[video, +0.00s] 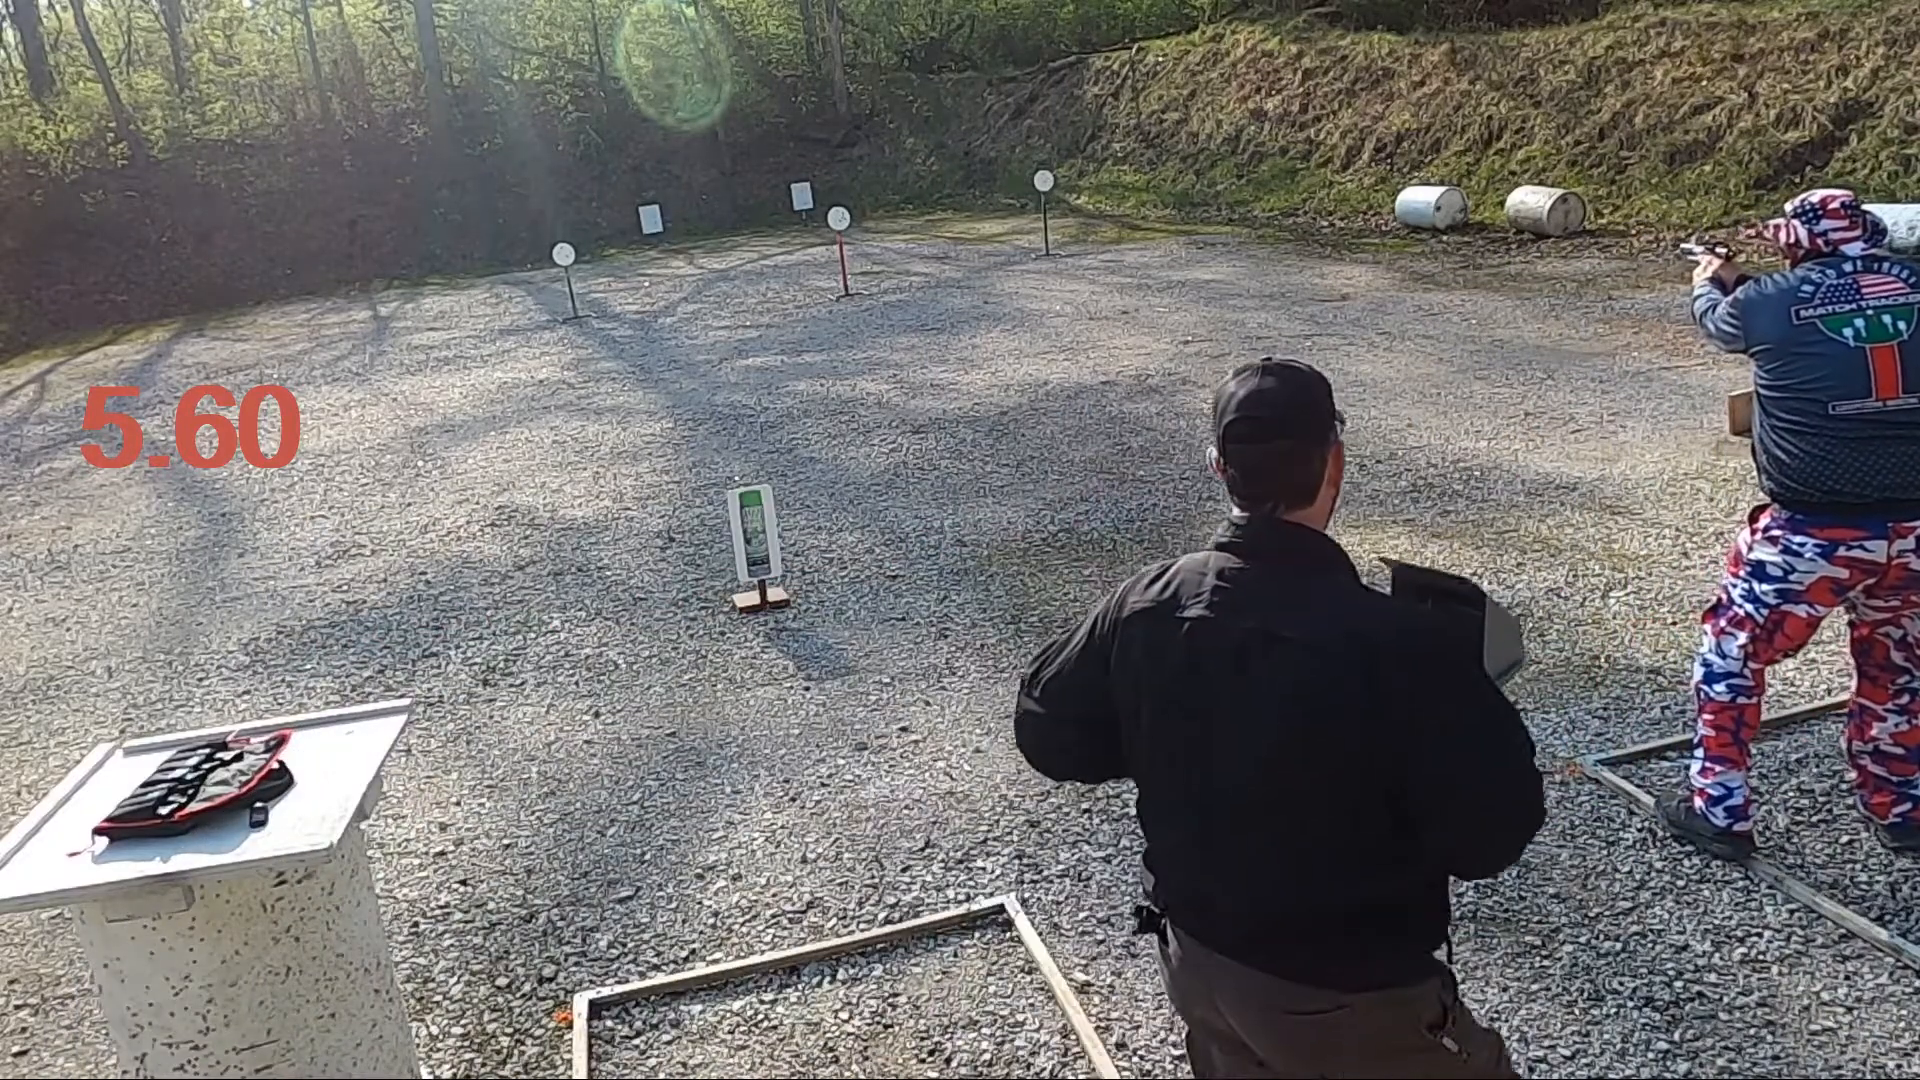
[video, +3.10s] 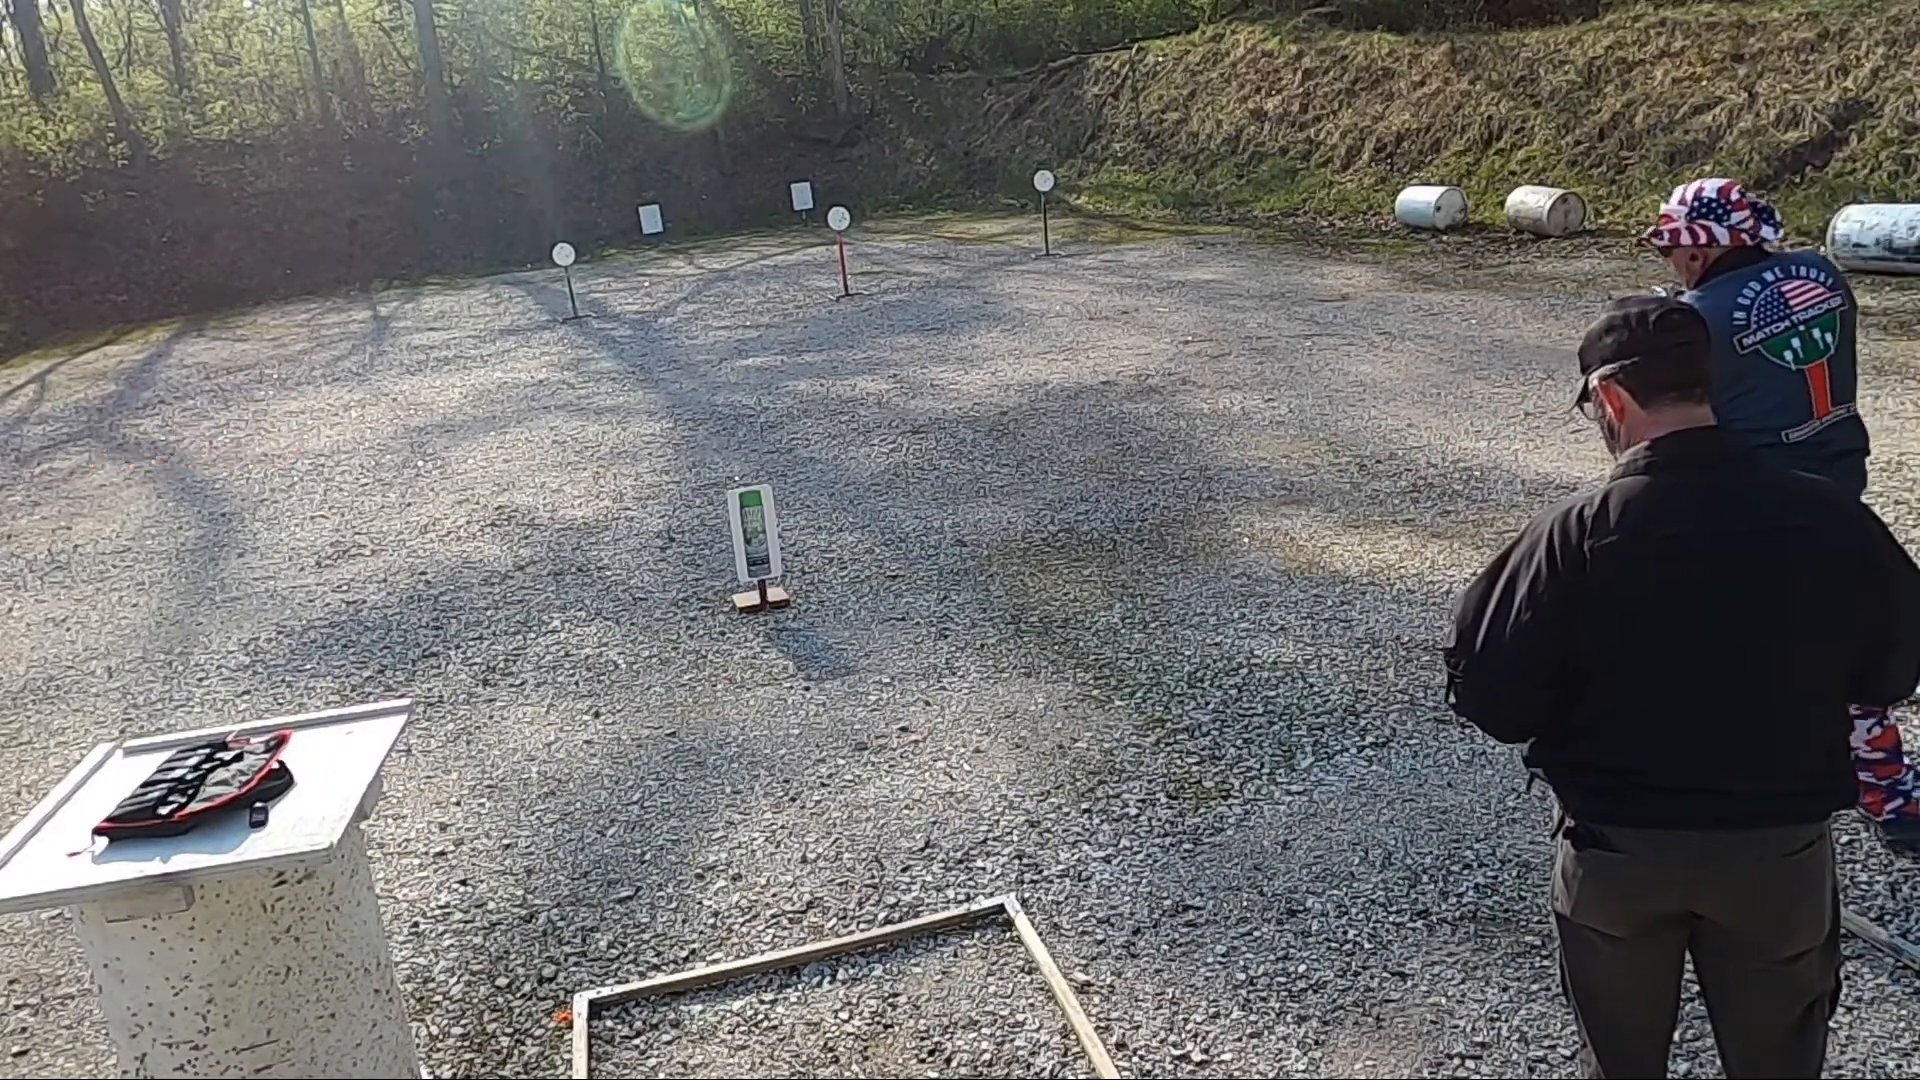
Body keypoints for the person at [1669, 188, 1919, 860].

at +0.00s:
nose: (1789, 245)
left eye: (1791, 236)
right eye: (1786, 235)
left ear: (1804, 244)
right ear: (1868, 234)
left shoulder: (1771, 298)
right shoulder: (1910, 286)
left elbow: (1712, 317)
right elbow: (1867, 270)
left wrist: (1710, 277)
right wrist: (1807, 250)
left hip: (1811, 531)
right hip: (1911, 529)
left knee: (1731, 649)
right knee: (1897, 675)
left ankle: (1720, 812)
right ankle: (1903, 811)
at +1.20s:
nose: (1787, 252)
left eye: (1790, 243)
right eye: (1786, 244)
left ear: (1804, 244)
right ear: (1867, 233)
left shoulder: (1777, 294)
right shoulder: (1908, 282)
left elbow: (1709, 310)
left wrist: (1688, 272)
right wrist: (1741, 277)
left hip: (1822, 531)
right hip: (1911, 526)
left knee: (1789, 658)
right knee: (1896, 673)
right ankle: (1901, 810)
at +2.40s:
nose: (1779, 229)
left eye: (1784, 219)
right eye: (1781, 219)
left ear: (1800, 221)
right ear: (1865, 210)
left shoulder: (1764, 286)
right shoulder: (1908, 256)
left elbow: (1715, 351)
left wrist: (1712, 296)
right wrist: (1740, 297)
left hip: (1823, 503)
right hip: (1911, 490)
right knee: (1898, 651)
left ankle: (1899, 806)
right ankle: (1900, 802)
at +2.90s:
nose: (1736, 240)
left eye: (1739, 227)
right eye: (1736, 227)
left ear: (1761, 227)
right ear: (1822, 211)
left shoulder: (1731, 305)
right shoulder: (1889, 263)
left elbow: (1696, 405)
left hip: (1813, 516)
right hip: (1907, 494)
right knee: (1897, 655)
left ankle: (1902, 813)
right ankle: (1902, 806)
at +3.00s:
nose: (1706, 250)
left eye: (1707, 237)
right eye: (1703, 237)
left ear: (1732, 237)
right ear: (1788, 220)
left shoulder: (1715, 314)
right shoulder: (1859, 270)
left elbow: (1686, 411)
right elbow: (1862, 368)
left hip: (1781, 524)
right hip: (1878, 508)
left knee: (1783, 662)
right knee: (1887, 657)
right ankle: (1900, 807)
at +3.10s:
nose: (1674, 267)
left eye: (1675, 253)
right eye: (1670, 254)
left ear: (1702, 250)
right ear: (1757, 231)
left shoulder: (1706, 312)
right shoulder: (1823, 272)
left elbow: (1691, 406)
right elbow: (1838, 370)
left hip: (1765, 489)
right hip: (1845, 473)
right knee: (1864, 627)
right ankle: (1891, 790)